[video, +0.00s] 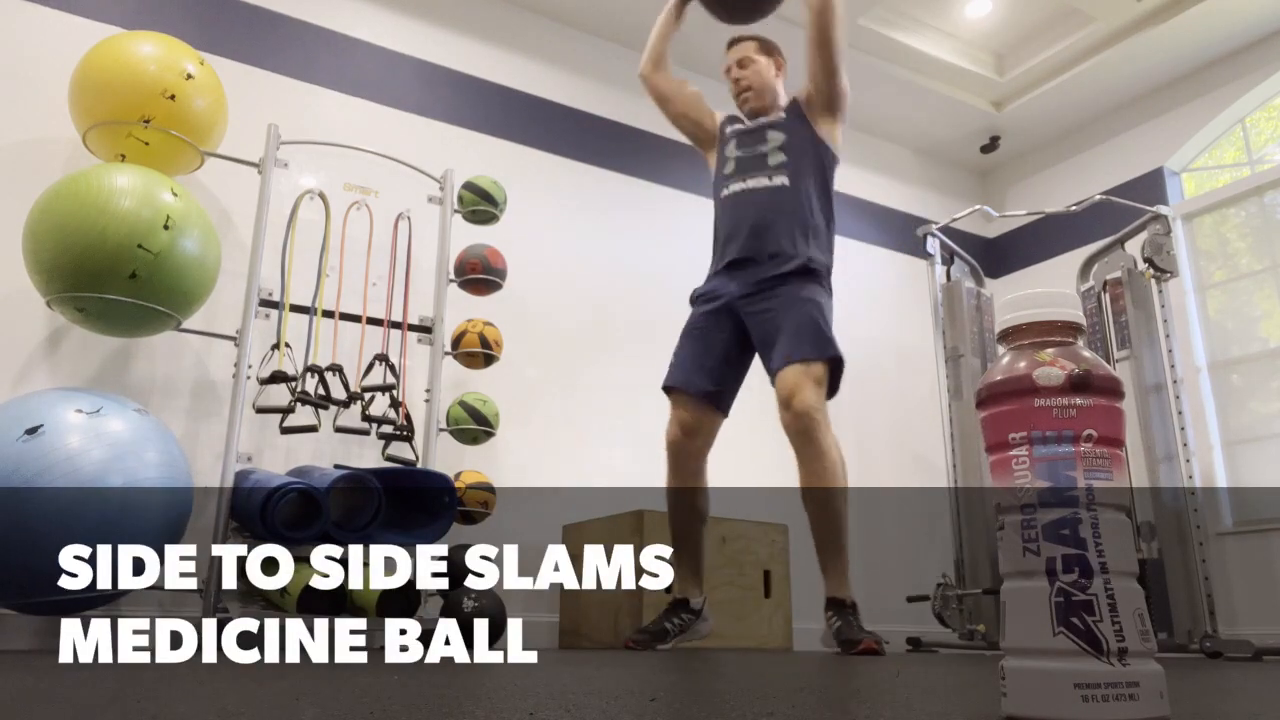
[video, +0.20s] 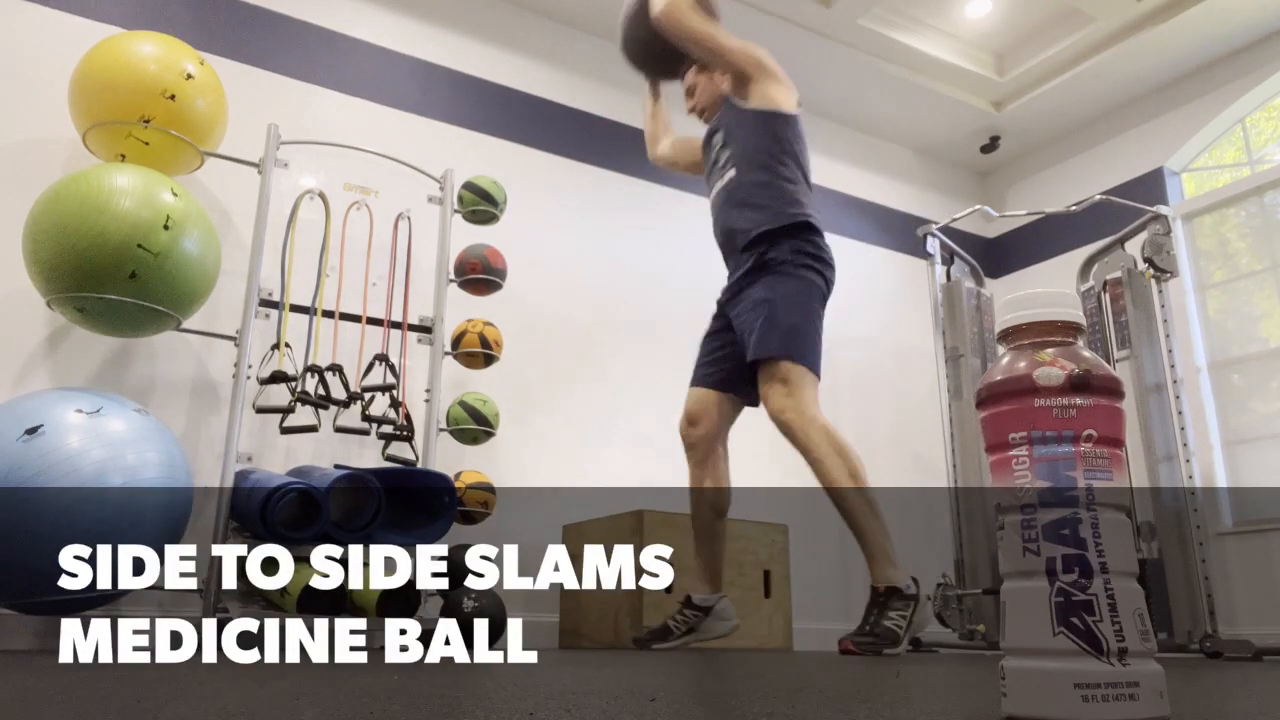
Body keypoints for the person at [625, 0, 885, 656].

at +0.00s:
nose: (737, 72)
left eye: (750, 62)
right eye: (731, 68)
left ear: (782, 72)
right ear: (728, 84)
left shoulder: (815, 116)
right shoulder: (720, 135)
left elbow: (826, 33)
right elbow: (654, 72)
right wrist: (679, 2)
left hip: (794, 284)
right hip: (723, 292)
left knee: (802, 407)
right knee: (683, 433)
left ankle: (840, 603)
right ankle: (687, 599)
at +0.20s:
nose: (686, 92)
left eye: (691, 78)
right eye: (682, 86)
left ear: (718, 64)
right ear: (699, 92)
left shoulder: (760, 80)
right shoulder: (712, 145)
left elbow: (667, 9)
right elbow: (659, 148)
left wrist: (668, 32)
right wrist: (654, 85)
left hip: (786, 257)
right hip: (742, 282)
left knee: (790, 404)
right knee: (700, 428)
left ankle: (893, 586)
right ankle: (707, 598)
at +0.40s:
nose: (649, 196)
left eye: (647, 183)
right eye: (644, 191)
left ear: (654, 156)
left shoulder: (696, 152)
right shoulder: (706, 215)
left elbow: (596, 195)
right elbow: (665, 265)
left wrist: (569, 156)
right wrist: (634, 208)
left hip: (799, 306)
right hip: (766, 322)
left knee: (739, 442)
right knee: (694, 445)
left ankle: (882, 582)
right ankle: (717, 611)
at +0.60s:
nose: (625, 291)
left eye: (624, 280)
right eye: (620, 286)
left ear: (636, 256)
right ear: (651, 255)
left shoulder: (655, 261)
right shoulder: (702, 305)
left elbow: (614, 371)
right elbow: (703, 404)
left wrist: (566, 422)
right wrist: (636, 428)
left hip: (806, 344)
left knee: (699, 461)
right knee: (682, 450)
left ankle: (845, 595)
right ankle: (716, 614)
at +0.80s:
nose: (612, 377)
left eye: (606, 364)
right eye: (606, 369)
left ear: (613, 336)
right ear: (624, 329)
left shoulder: (633, 336)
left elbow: (631, 446)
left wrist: (615, 542)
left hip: (802, 367)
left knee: (690, 490)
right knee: (673, 451)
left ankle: (847, 602)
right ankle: (712, 610)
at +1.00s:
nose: (601, 374)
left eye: (596, 359)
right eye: (594, 365)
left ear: (612, 336)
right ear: (618, 336)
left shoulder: (636, 338)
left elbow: (634, 463)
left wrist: (605, 540)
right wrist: (675, 555)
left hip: (811, 363)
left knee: (700, 487)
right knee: (680, 448)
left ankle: (851, 605)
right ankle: (714, 613)